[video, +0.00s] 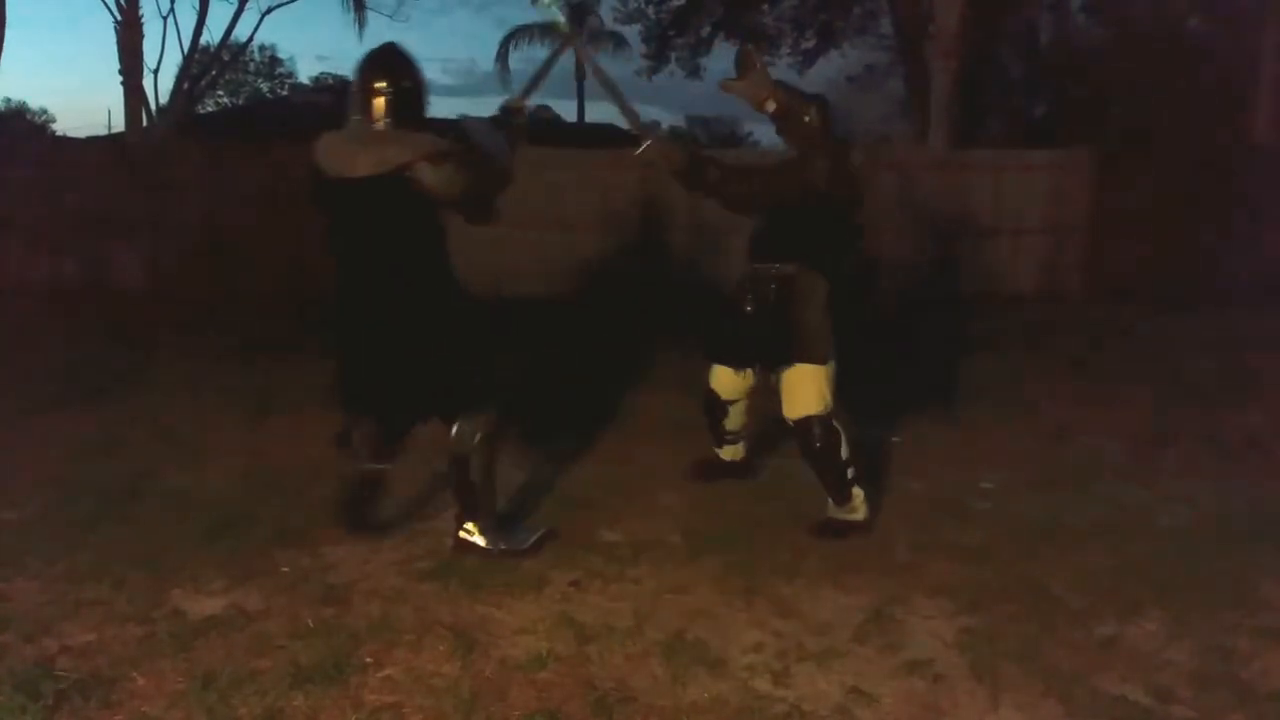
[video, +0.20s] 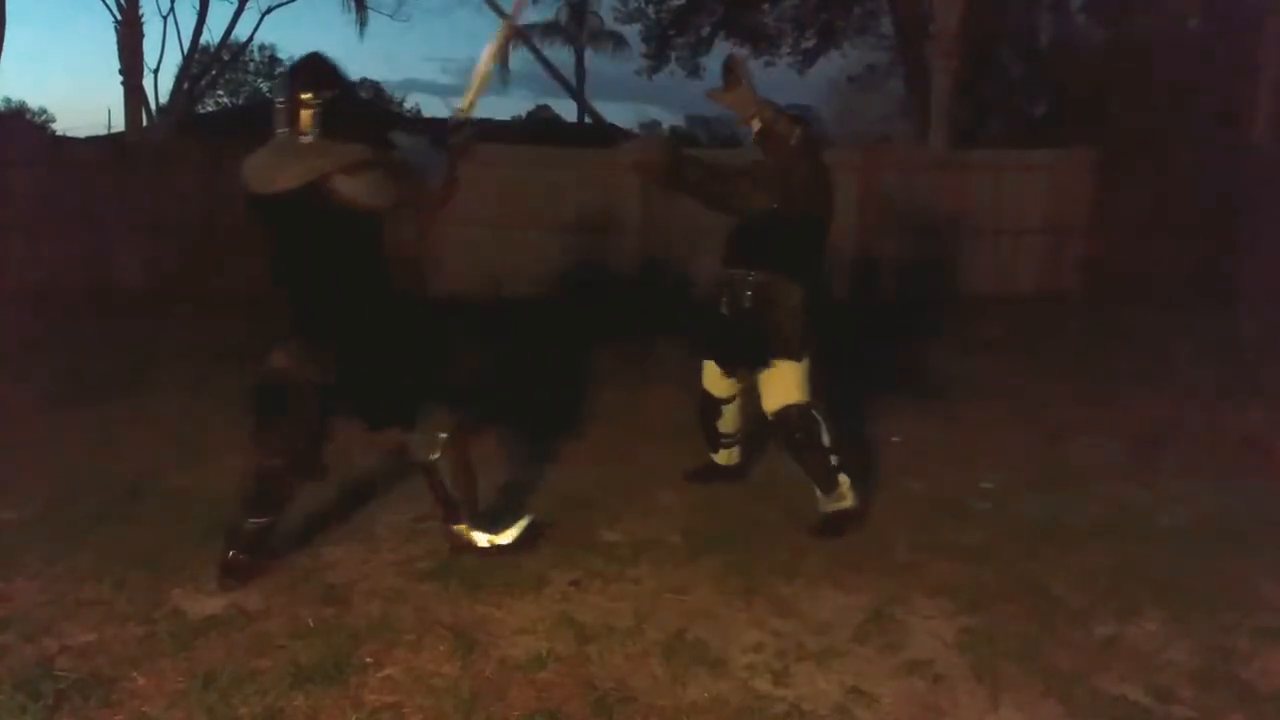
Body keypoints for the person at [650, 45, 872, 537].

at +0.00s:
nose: (788, 129)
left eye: (797, 121)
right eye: (786, 123)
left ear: (817, 124)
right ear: (789, 131)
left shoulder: (832, 169)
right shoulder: (786, 173)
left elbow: (809, 131)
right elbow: (730, 187)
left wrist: (768, 95)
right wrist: (676, 159)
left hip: (811, 288)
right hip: (763, 282)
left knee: (806, 406)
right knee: (726, 380)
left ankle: (849, 506)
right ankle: (731, 456)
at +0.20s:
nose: (773, 138)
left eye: (783, 132)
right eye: (771, 134)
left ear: (803, 139)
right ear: (768, 142)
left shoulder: (811, 186)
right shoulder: (758, 184)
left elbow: (790, 154)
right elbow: (716, 186)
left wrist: (752, 111)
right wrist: (670, 168)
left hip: (784, 291)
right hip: (740, 288)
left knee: (785, 402)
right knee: (719, 381)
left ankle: (839, 499)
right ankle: (726, 460)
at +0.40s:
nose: (759, 139)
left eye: (770, 132)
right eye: (759, 131)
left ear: (791, 140)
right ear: (754, 135)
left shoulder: (797, 176)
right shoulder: (735, 171)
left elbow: (779, 150)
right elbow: (692, 172)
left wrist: (742, 121)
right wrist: (642, 153)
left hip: (766, 292)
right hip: (721, 287)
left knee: (758, 385)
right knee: (718, 382)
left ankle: (784, 487)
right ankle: (729, 458)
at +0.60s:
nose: (732, 144)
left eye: (741, 137)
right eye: (729, 136)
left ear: (765, 138)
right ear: (729, 137)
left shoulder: (783, 182)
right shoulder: (720, 174)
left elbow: (797, 154)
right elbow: (673, 172)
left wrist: (753, 125)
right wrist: (631, 150)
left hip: (753, 292)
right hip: (709, 289)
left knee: (719, 390)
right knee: (706, 384)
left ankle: (720, 478)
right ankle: (718, 459)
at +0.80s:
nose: (728, 148)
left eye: (738, 142)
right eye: (727, 139)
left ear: (760, 145)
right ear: (722, 140)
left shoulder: (772, 189)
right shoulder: (707, 177)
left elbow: (797, 167)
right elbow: (658, 165)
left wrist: (758, 134)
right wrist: (617, 138)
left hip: (743, 294)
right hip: (704, 290)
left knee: (712, 395)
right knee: (696, 382)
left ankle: (721, 487)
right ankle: (715, 460)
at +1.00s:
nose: (715, 150)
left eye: (725, 142)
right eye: (711, 140)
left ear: (747, 144)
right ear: (704, 138)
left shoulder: (763, 186)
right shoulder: (687, 171)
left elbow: (796, 175)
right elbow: (646, 158)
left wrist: (758, 143)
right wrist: (613, 133)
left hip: (729, 288)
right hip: (677, 280)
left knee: (711, 399)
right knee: (663, 388)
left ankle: (719, 486)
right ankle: (698, 445)